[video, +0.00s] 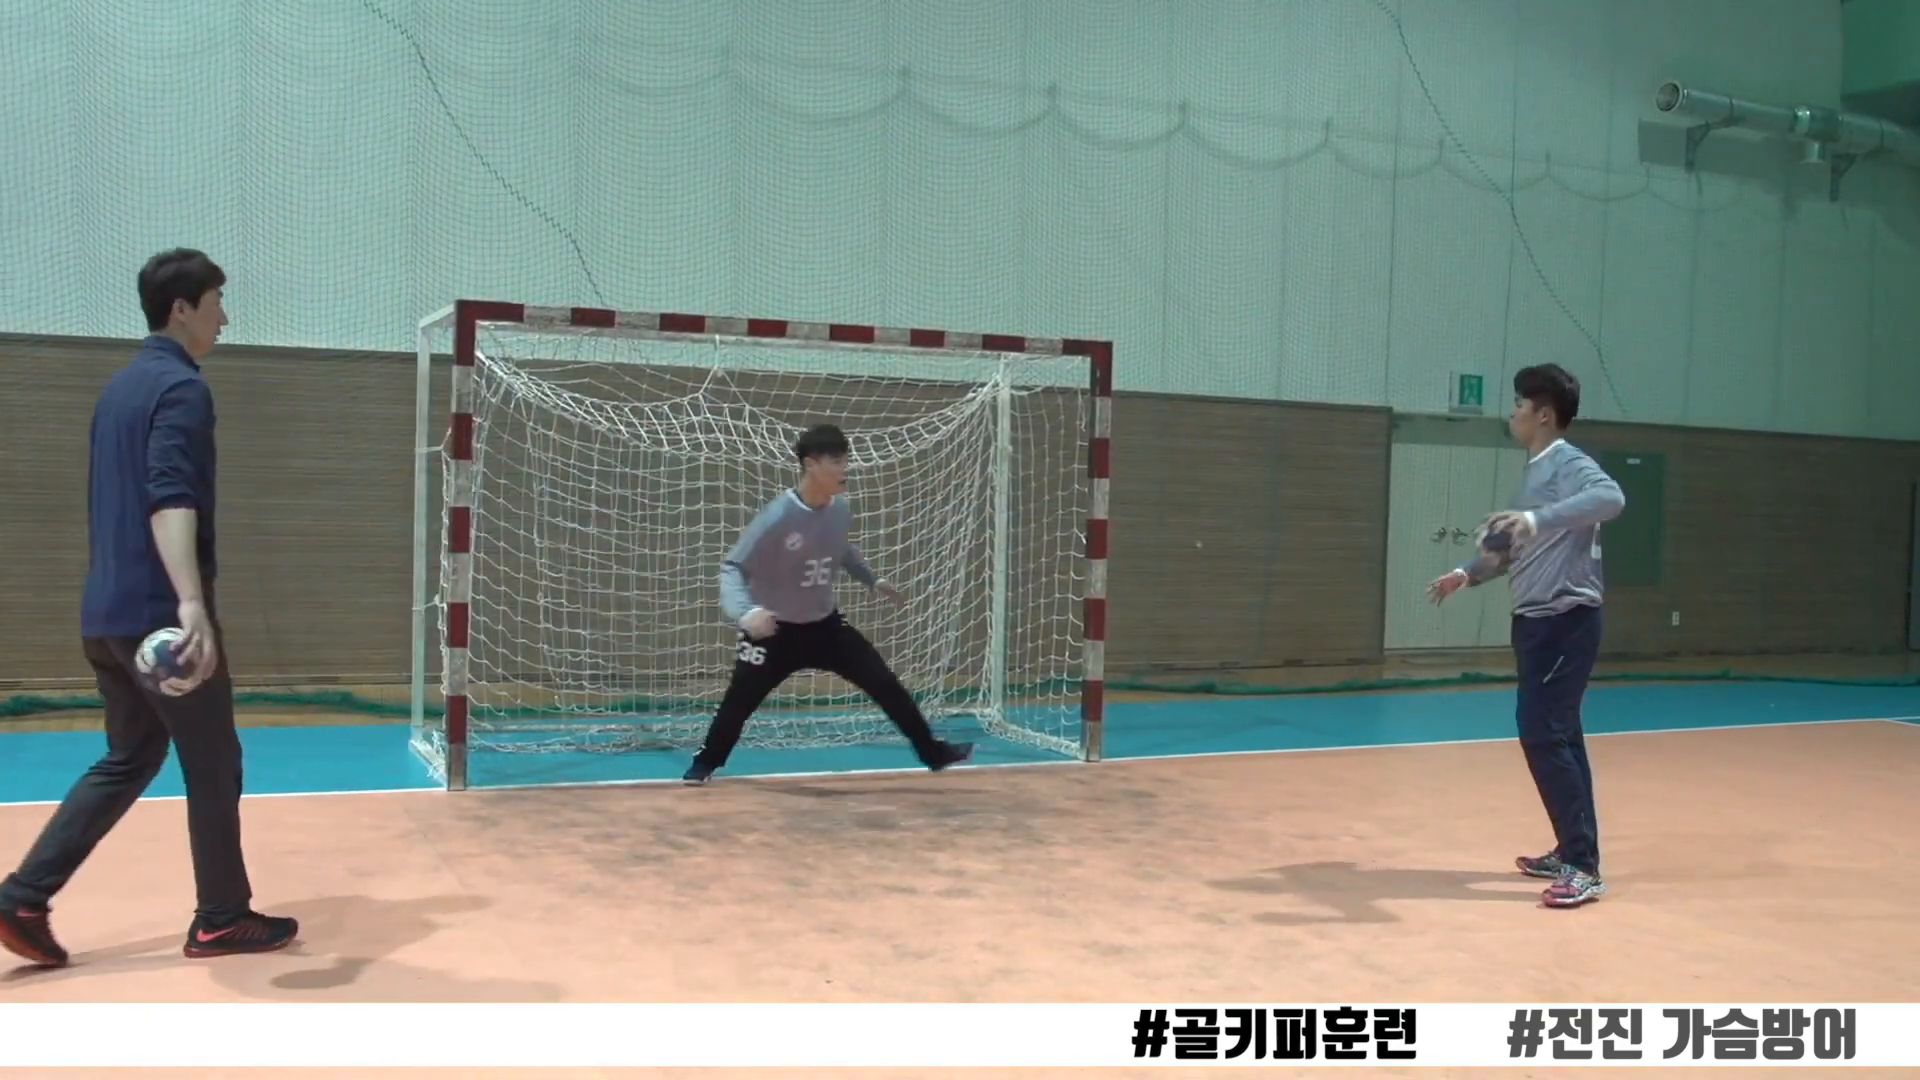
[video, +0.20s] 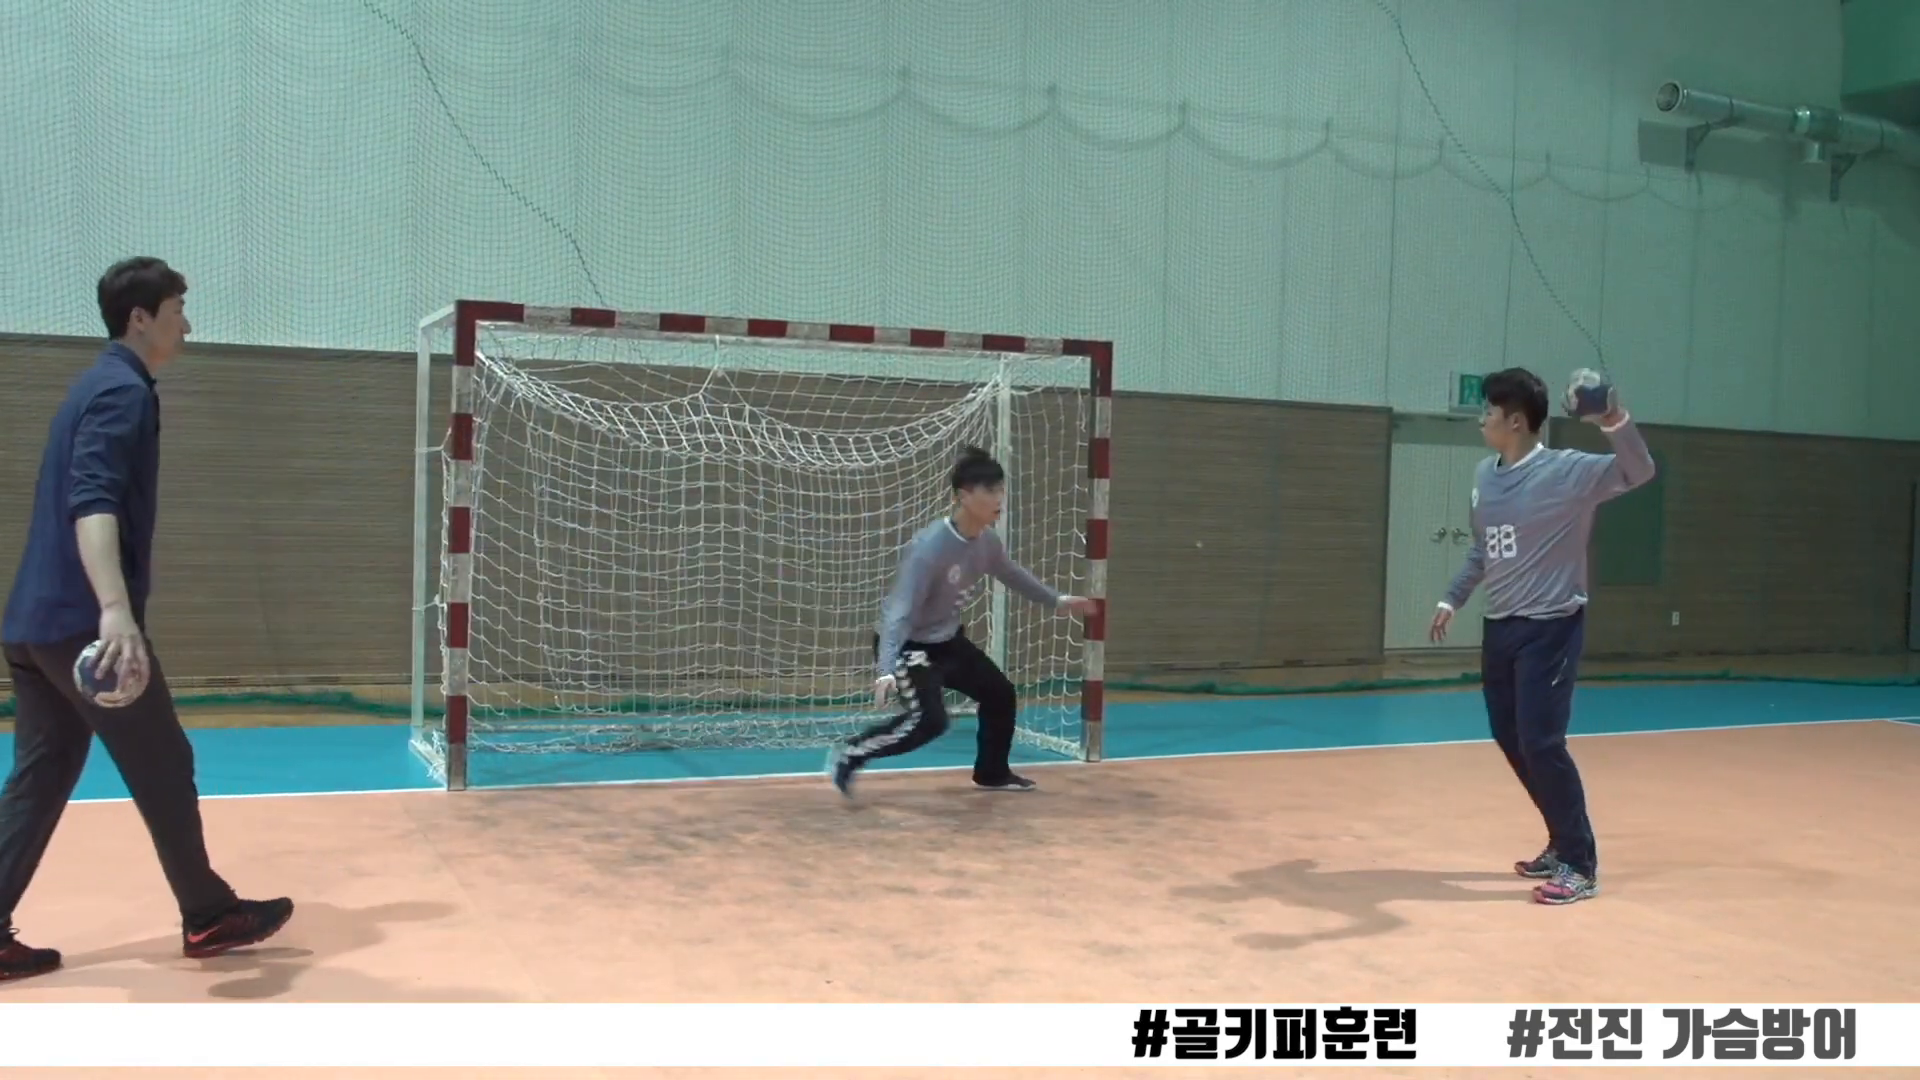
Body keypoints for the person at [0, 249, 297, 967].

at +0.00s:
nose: (224, 314)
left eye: (221, 300)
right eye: (217, 301)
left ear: (168, 311)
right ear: (182, 310)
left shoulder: (118, 390)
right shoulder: (181, 388)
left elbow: (108, 510)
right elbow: (170, 504)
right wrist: (193, 605)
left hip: (109, 619)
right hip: (164, 618)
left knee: (132, 756)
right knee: (214, 761)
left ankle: (24, 897)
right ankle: (223, 916)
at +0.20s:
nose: (186, 322)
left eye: (184, 309)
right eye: (178, 309)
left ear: (130, 318)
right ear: (142, 317)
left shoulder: (91, 385)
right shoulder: (122, 388)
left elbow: (69, 505)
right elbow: (91, 503)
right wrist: (117, 608)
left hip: (36, 622)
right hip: (85, 621)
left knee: (40, 776)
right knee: (164, 764)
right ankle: (208, 912)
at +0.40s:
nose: (159, 311)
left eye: (158, 297)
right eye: (152, 298)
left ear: (101, 303)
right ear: (112, 302)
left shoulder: (60, 370)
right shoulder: (89, 376)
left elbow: (33, 499)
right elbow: (55, 498)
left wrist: (52, 607)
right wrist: (88, 609)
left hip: (18, 618)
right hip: (52, 617)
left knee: (22, 778)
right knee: (137, 766)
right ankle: (119, 946)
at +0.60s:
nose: (140, 302)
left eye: (139, 288)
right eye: (131, 289)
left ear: (81, 297)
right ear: (90, 295)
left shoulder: (40, 367)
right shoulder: (72, 379)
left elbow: (40, 515)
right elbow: (55, 517)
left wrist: (76, 622)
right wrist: (100, 621)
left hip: (22, 624)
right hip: (46, 626)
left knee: (25, 794)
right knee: (91, 785)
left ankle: (14, 957)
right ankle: (26, 964)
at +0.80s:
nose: (142, 299)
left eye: (141, 284)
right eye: (132, 285)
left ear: (85, 291)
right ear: (87, 290)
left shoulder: (71, 371)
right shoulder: (60, 384)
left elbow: (57, 524)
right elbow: (45, 525)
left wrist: (99, 634)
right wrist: (115, 627)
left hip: (47, 630)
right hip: (46, 633)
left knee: (32, 790)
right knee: (72, 796)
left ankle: (12, 952)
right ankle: (21, 970)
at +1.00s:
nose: (153, 301)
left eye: (152, 286)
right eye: (145, 287)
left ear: (99, 293)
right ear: (99, 292)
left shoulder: (81, 376)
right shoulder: (61, 388)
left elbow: (64, 526)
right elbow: (35, 531)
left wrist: (98, 635)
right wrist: (101, 639)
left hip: (51, 639)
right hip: (49, 643)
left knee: (42, 794)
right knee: (77, 804)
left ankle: (5, 953)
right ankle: (23, 974)